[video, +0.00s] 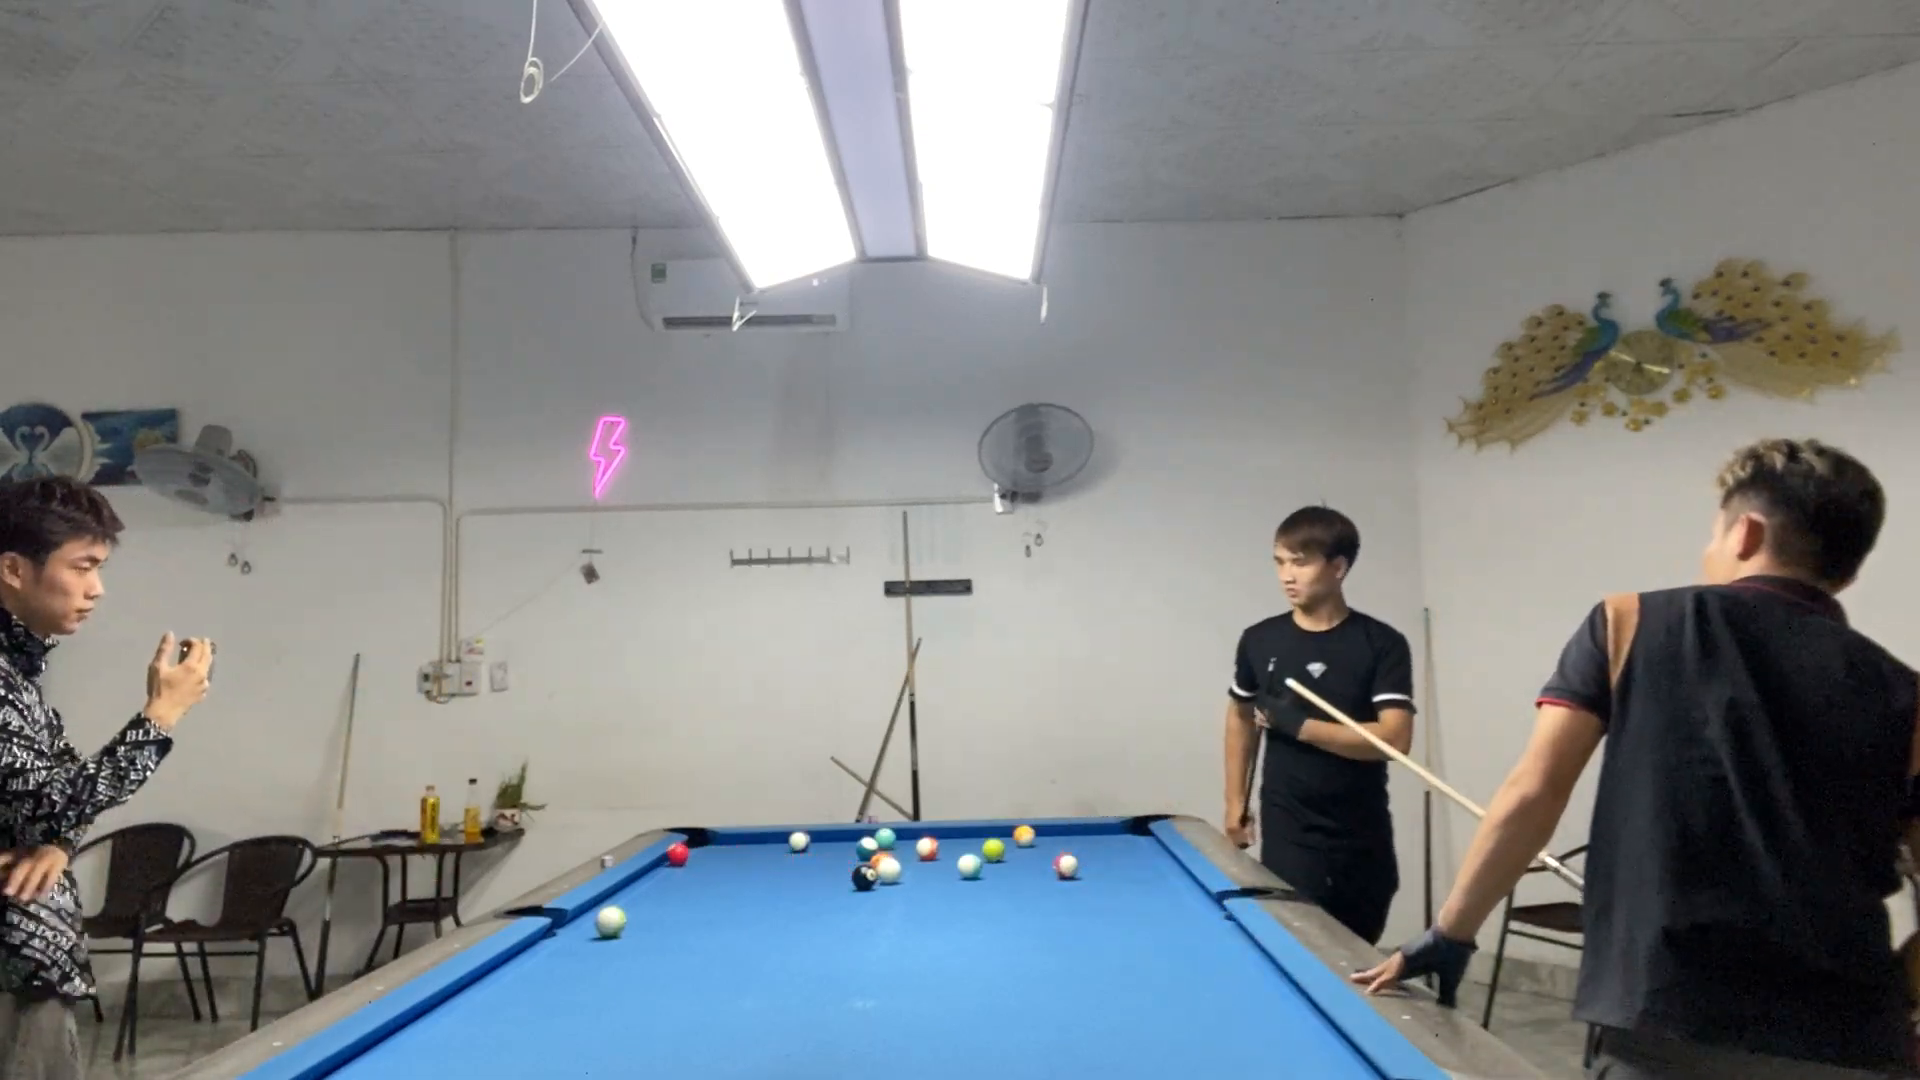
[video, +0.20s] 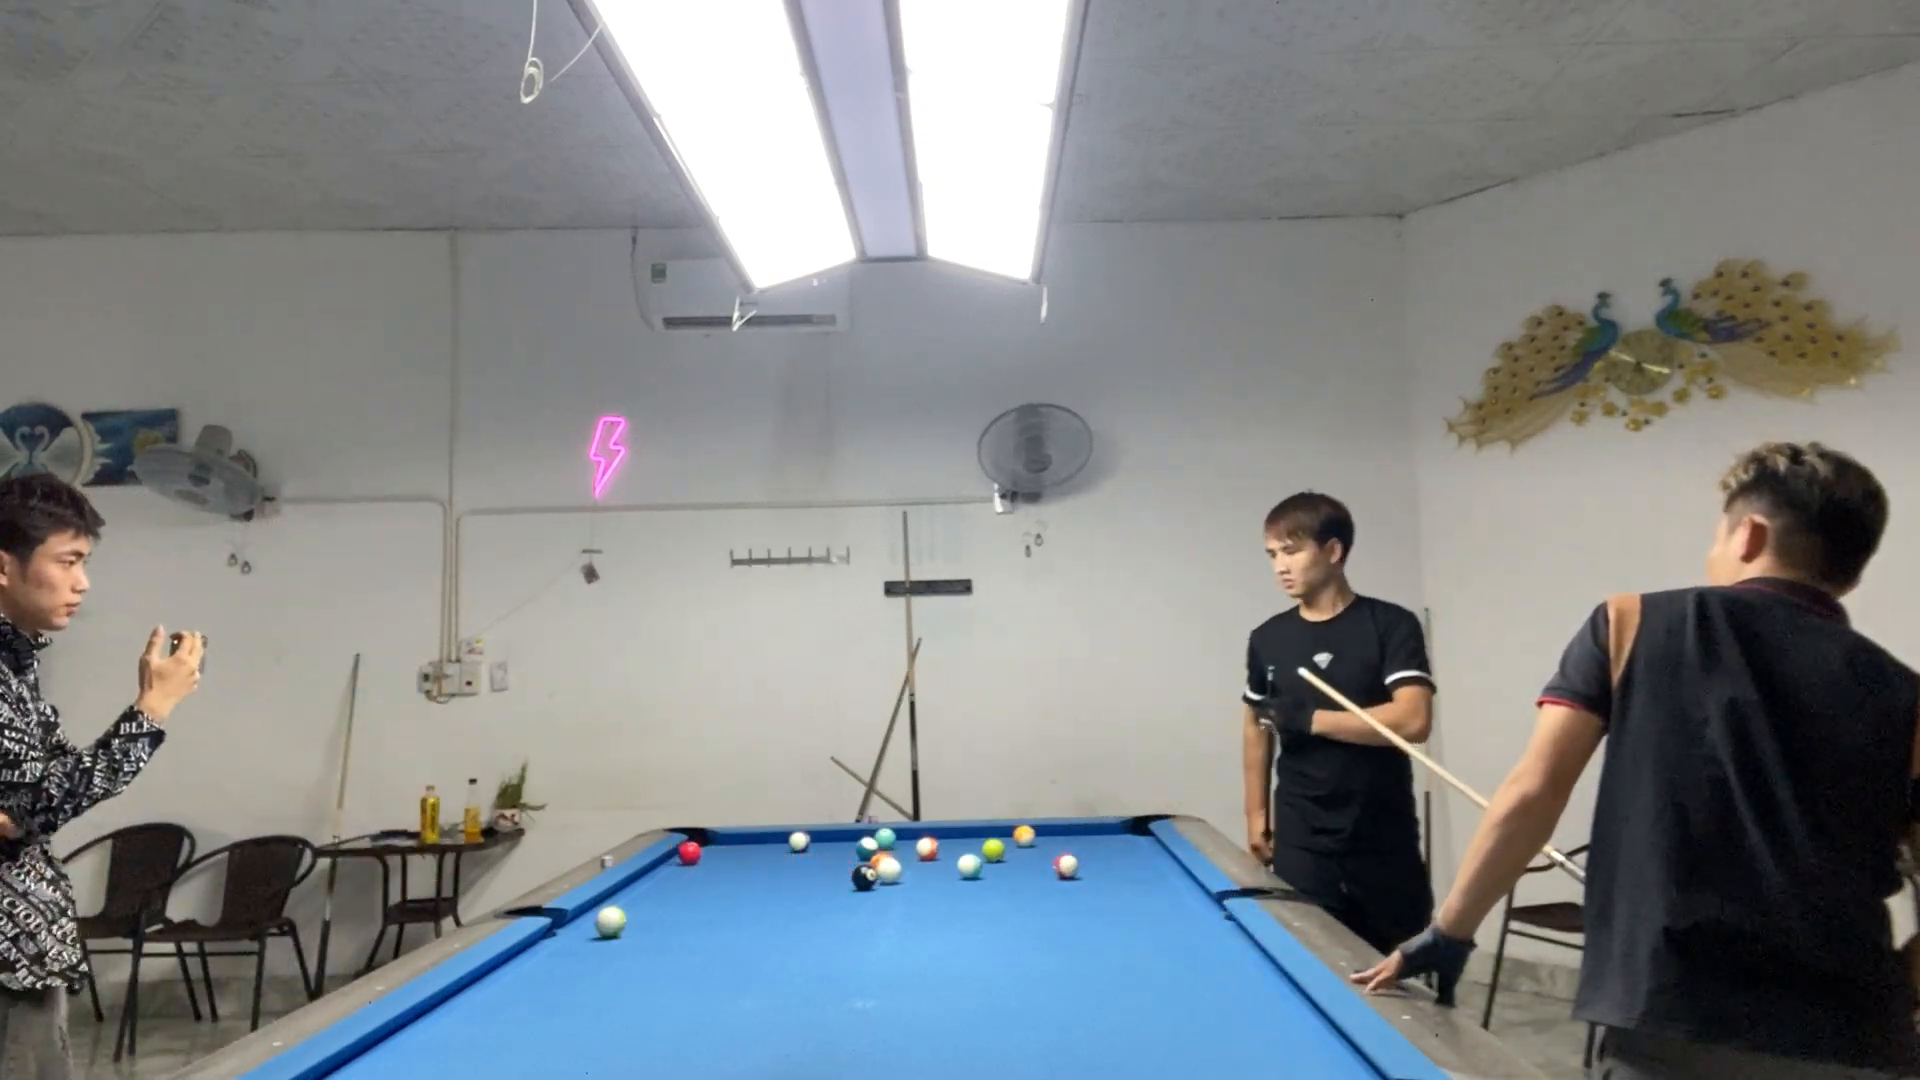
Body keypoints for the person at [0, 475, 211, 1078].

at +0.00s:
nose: (97, 588)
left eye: (99, 568)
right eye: (82, 566)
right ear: (14, 570)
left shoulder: (21, 673)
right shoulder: (3, 678)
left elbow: (69, 782)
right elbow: (46, 813)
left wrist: (56, 845)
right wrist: (159, 717)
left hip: (42, 980)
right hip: (21, 988)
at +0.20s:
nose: (82, 583)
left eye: (83, 563)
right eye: (68, 561)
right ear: (8, 566)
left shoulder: (19, 663)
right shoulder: (6, 668)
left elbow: (61, 774)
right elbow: (32, 802)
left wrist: (20, 816)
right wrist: (153, 708)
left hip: (39, 957)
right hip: (16, 965)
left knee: (52, 1067)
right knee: (37, 1068)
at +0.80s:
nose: (71, 589)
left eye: (72, 569)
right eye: (60, 566)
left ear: (19, 567)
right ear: (6, 565)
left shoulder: (8, 666)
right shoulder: (4, 668)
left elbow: (24, 796)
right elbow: (21, 800)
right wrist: (136, 720)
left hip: (22, 967)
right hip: (12, 971)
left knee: (33, 1068)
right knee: (31, 1069)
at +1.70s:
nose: (66, 586)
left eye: (67, 567)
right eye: (53, 562)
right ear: (2, 564)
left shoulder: (7, 664)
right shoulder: (4, 667)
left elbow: (20, 796)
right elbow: (17, 801)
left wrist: (130, 722)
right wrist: (133, 722)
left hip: (18, 971)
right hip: (9, 974)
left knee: (29, 1069)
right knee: (26, 1070)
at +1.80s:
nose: (65, 585)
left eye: (66, 567)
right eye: (51, 562)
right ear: (2, 564)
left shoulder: (7, 666)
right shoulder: (5, 668)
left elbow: (21, 795)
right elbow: (18, 801)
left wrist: (130, 722)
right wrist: (134, 722)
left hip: (17, 971)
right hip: (9, 974)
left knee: (29, 1069)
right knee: (27, 1070)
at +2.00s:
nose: (65, 584)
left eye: (67, 566)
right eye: (49, 562)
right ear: (1, 565)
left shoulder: (6, 670)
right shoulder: (3, 673)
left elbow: (22, 795)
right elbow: (19, 799)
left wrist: (131, 721)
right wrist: (134, 722)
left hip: (19, 973)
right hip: (10, 977)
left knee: (30, 1068)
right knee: (26, 1069)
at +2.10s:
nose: (67, 585)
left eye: (68, 568)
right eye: (51, 563)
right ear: (2, 565)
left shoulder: (6, 669)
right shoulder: (4, 672)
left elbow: (22, 794)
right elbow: (20, 800)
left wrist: (131, 721)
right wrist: (134, 721)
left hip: (19, 972)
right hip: (9, 976)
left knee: (29, 1069)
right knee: (26, 1070)